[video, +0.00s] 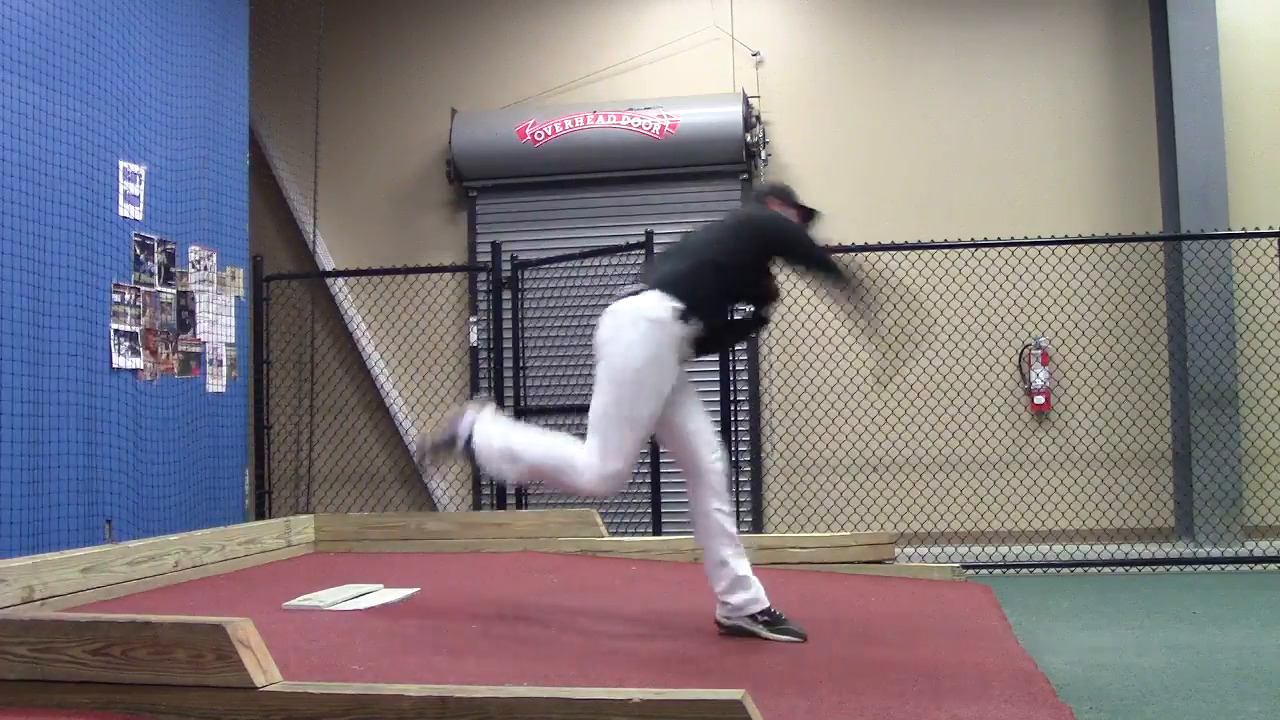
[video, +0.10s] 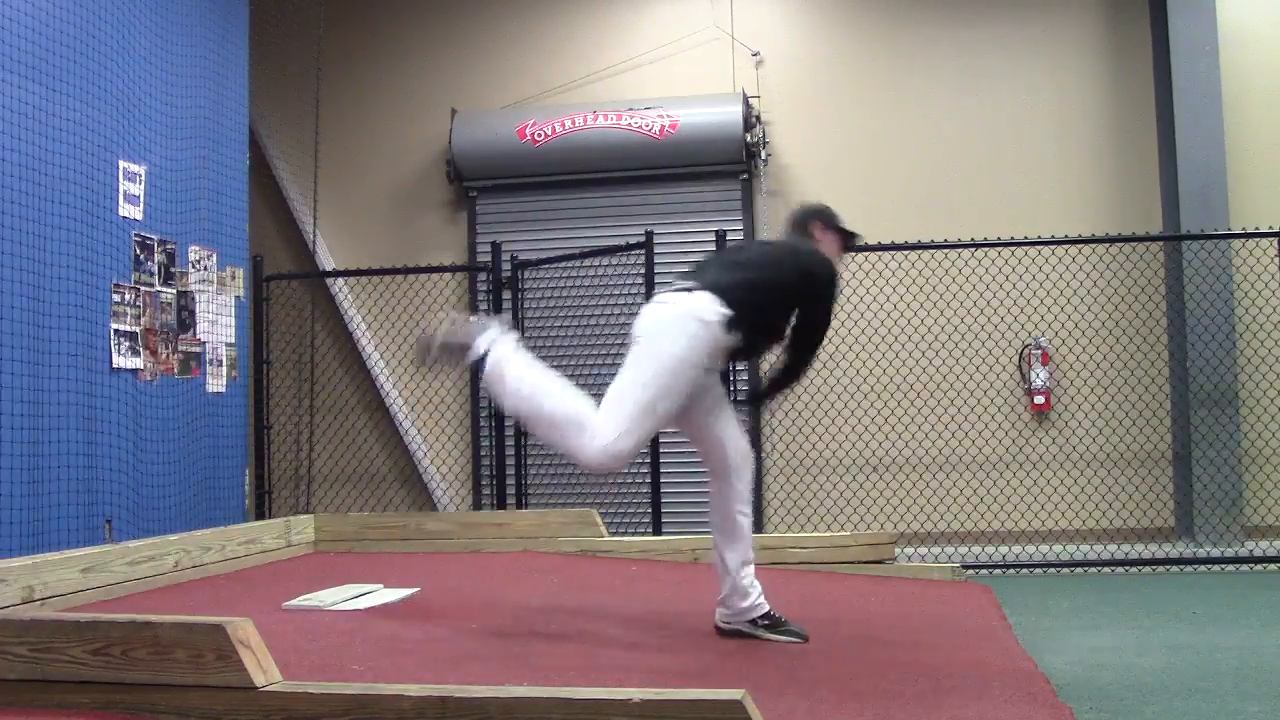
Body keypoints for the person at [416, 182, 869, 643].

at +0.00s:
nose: (804, 228)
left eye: (804, 220)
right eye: (798, 216)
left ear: (771, 215)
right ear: (772, 204)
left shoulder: (744, 269)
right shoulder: (761, 222)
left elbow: (696, 339)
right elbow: (815, 258)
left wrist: (757, 315)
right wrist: (850, 284)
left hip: (667, 351)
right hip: (646, 325)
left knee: (708, 472)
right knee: (604, 472)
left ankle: (740, 604)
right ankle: (479, 429)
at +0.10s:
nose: (840, 256)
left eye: (841, 247)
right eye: (837, 244)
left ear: (799, 233)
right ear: (817, 233)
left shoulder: (759, 253)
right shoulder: (817, 265)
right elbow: (802, 352)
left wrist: (747, 352)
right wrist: (766, 393)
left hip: (694, 352)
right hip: (686, 325)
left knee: (732, 461)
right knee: (603, 447)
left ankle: (740, 607)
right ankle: (489, 344)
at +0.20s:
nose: (872, 276)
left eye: (874, 265)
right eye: (871, 263)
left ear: (832, 248)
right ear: (852, 251)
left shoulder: (783, 258)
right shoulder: (846, 288)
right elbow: (775, 359)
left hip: (696, 326)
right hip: (721, 320)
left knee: (748, 466)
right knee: (646, 438)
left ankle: (743, 606)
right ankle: (544, 320)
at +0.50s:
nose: (927, 204)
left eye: (928, 193)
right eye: (923, 192)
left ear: (881, 186)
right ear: (899, 186)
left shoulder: (827, 216)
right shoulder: (896, 233)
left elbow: (784, 289)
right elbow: (903, 329)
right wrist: (917, 407)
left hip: (734, 331)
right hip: (791, 329)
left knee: (794, 476)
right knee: (860, 486)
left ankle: (745, 603)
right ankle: (887, 648)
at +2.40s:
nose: (529, 119)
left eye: (538, 110)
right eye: (523, 113)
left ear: (556, 115)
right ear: (512, 122)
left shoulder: (577, 168)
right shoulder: (499, 188)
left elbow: (582, 173)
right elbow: (495, 264)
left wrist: (530, 116)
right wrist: (480, 262)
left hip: (571, 315)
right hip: (521, 324)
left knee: (529, 442)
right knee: (563, 458)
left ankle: (520, 580)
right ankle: (617, 571)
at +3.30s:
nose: (381, 136)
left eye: (389, 127)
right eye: (372, 127)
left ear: (406, 118)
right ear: (358, 119)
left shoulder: (437, 166)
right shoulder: (335, 169)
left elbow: (459, 228)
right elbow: (305, 232)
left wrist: (464, 253)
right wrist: (320, 281)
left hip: (428, 314)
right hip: (363, 314)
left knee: (440, 430)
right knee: (356, 442)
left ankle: (413, 557)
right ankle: (344, 564)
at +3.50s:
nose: (414, 132)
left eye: (423, 124)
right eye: (406, 123)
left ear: (434, 121)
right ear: (386, 114)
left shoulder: (445, 172)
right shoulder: (351, 161)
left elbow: (454, 237)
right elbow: (307, 224)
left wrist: (467, 276)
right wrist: (321, 279)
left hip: (419, 318)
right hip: (358, 314)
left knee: (413, 444)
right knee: (356, 440)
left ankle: (394, 563)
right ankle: (342, 562)